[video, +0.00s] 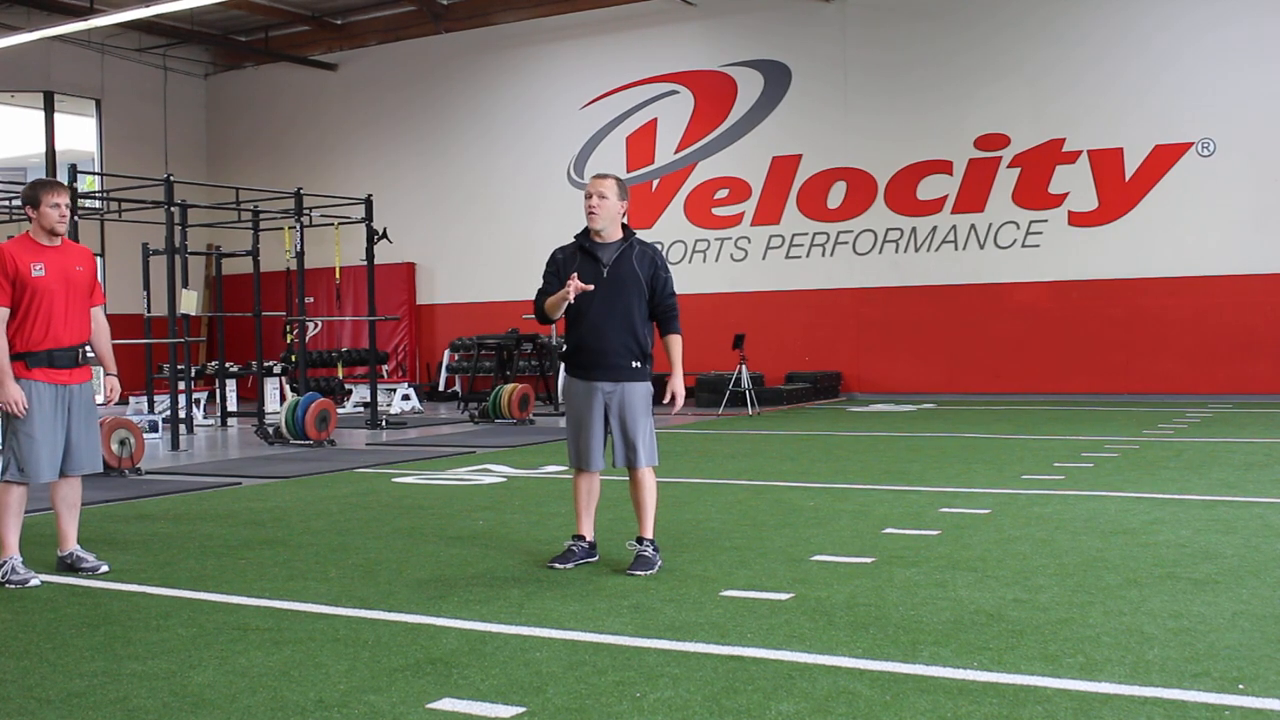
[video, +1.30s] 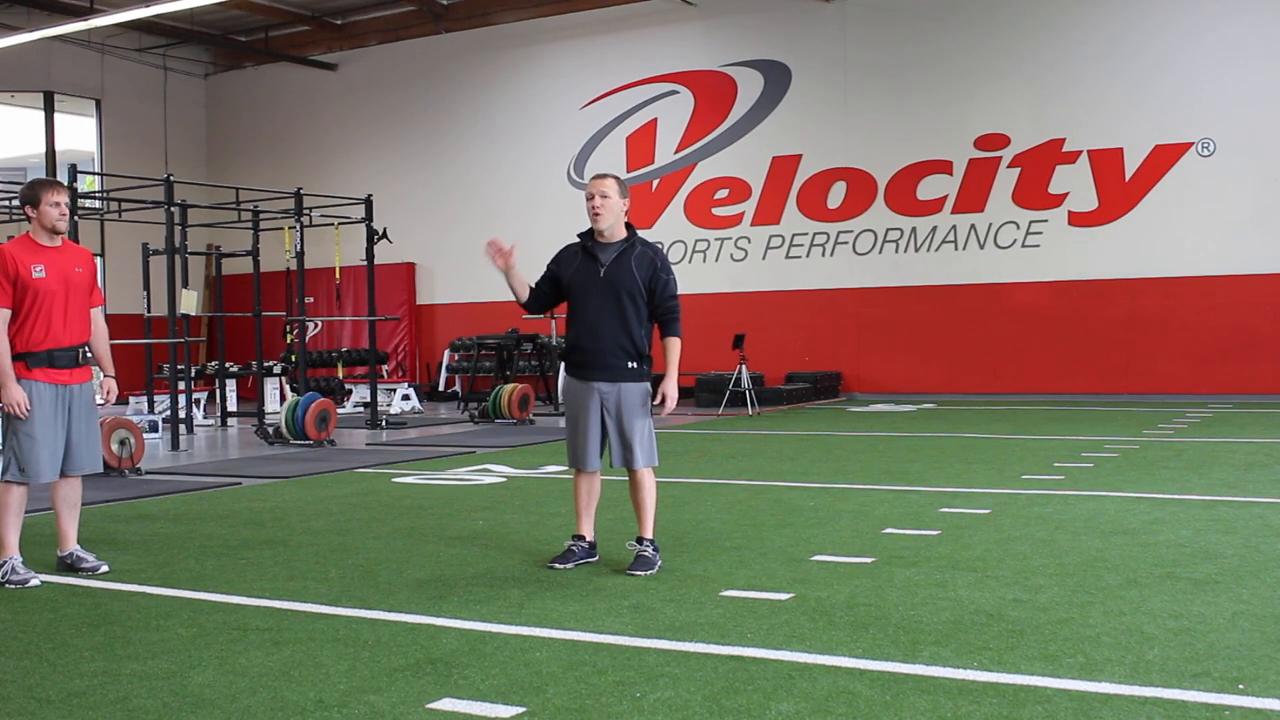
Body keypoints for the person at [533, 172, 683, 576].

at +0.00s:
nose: (591, 202)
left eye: (600, 197)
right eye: (588, 197)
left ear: (622, 207)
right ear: (584, 205)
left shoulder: (648, 257)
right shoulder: (564, 258)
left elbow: (668, 317)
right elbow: (543, 314)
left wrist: (677, 372)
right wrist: (564, 294)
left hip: (632, 379)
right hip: (581, 378)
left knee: (640, 463)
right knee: (585, 463)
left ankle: (647, 544)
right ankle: (584, 542)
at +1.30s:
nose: (594, 203)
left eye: (602, 197)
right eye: (590, 198)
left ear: (624, 204)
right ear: (586, 206)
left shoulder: (650, 257)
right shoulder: (571, 257)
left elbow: (670, 320)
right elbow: (534, 302)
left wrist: (671, 376)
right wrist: (510, 270)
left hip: (630, 379)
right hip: (580, 378)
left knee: (638, 463)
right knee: (584, 464)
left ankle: (646, 544)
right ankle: (583, 542)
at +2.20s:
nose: (594, 204)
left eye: (602, 197)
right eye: (588, 199)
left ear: (622, 204)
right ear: (583, 208)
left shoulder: (649, 255)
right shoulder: (570, 257)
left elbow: (673, 312)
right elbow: (539, 309)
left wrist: (654, 335)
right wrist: (528, 296)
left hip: (632, 379)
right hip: (582, 377)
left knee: (639, 463)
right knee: (585, 462)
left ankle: (646, 544)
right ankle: (583, 542)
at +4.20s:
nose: (590, 208)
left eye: (598, 201)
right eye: (587, 202)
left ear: (622, 207)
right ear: (586, 208)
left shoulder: (653, 256)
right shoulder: (572, 259)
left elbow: (678, 315)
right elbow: (548, 322)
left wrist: (651, 311)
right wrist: (557, 309)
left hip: (635, 381)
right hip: (584, 379)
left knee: (641, 463)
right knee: (586, 464)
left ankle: (646, 544)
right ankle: (584, 542)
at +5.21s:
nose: (586, 209)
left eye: (594, 202)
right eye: (582, 204)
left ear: (618, 206)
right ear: (579, 211)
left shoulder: (648, 253)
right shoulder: (571, 258)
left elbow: (659, 311)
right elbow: (551, 323)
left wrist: (605, 288)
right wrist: (553, 308)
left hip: (634, 379)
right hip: (585, 377)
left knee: (641, 462)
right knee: (586, 461)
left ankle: (646, 544)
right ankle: (584, 541)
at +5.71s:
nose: (587, 204)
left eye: (596, 197)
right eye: (585, 197)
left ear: (621, 204)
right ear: (582, 204)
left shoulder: (651, 251)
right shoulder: (571, 257)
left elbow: (679, 310)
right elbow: (550, 310)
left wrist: (659, 280)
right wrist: (554, 317)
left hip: (636, 377)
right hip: (585, 377)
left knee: (641, 462)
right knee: (587, 463)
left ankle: (646, 544)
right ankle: (584, 541)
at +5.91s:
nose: (590, 201)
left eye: (600, 195)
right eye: (588, 195)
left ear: (623, 203)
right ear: (585, 203)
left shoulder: (651, 253)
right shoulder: (570, 258)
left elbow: (680, 309)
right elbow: (552, 309)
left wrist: (686, 309)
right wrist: (557, 318)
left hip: (637, 378)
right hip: (587, 378)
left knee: (642, 463)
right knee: (586, 464)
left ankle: (646, 545)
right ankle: (583, 541)